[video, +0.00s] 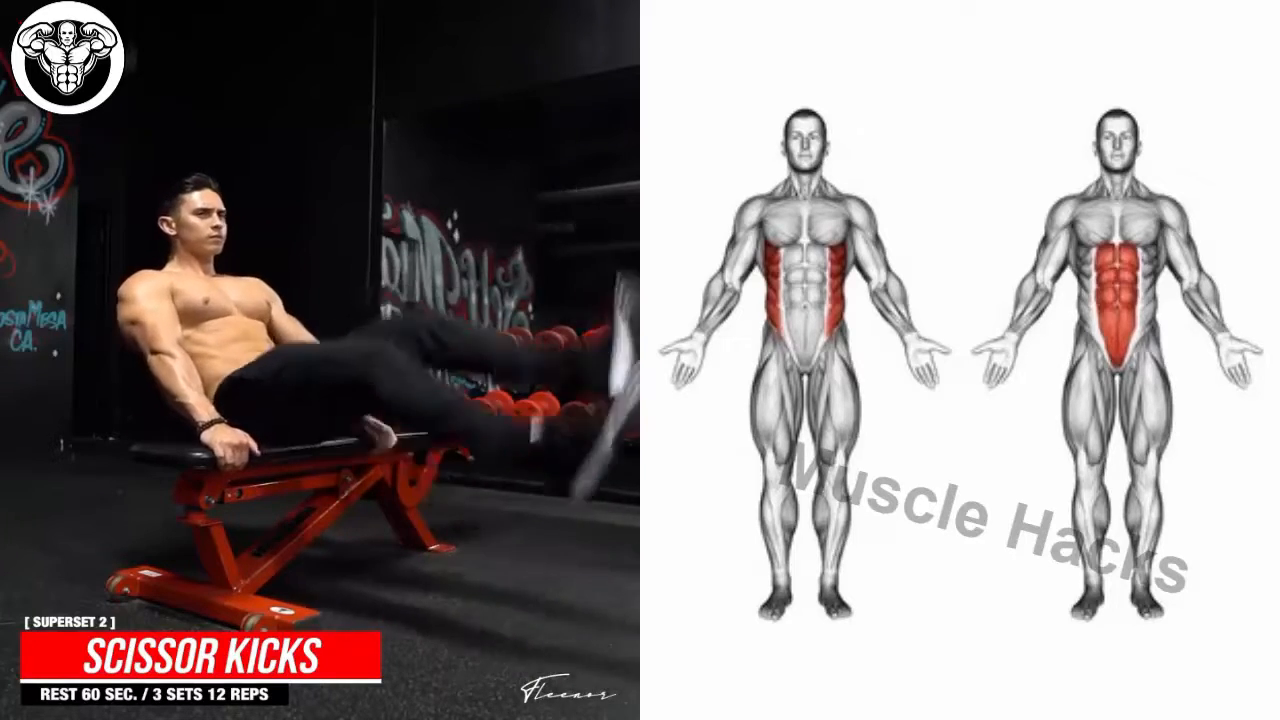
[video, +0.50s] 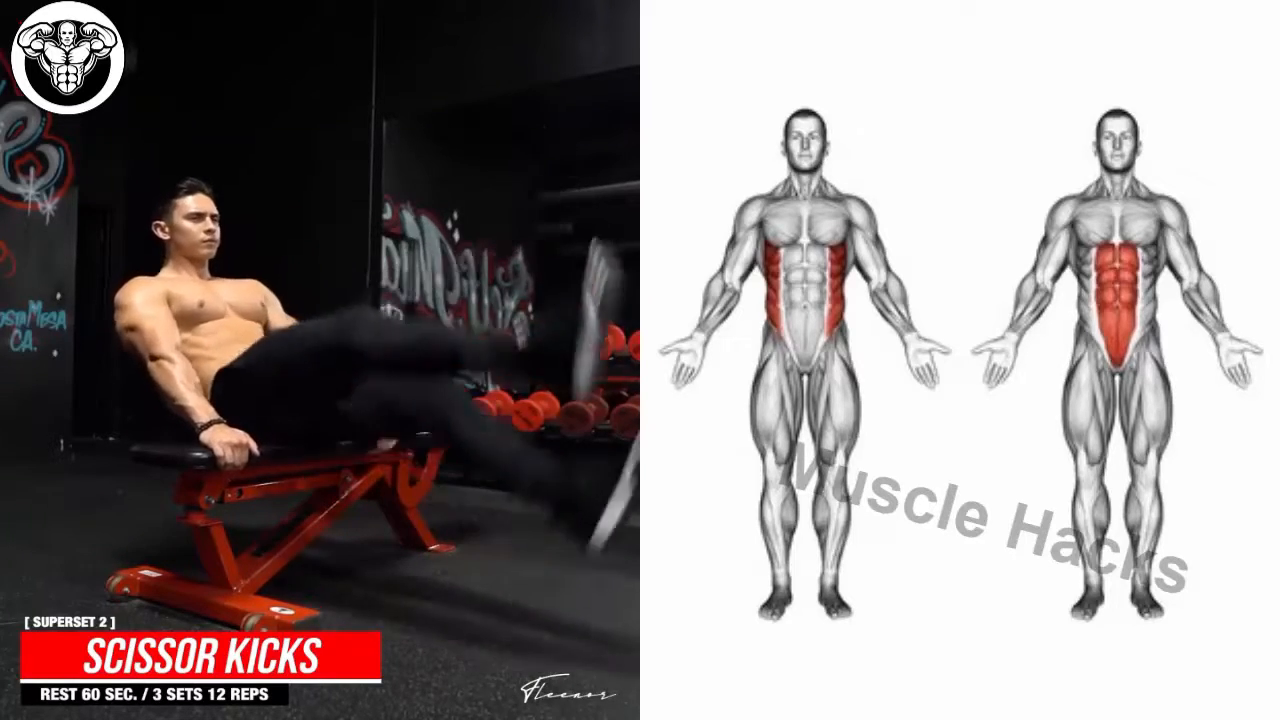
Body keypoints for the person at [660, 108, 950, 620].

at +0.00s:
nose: (805, 145)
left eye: (812, 138)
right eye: (797, 138)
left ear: (825, 145)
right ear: (785, 145)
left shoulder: (851, 211)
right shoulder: (758, 211)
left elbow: (881, 281)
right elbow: (729, 281)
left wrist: (909, 336)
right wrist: (700, 336)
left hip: (832, 356)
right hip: (777, 355)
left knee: (834, 467)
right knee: (777, 469)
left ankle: (829, 584)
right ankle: (780, 585)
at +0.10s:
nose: (805, 145)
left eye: (812, 138)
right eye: (797, 138)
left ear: (825, 145)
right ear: (785, 145)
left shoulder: (851, 211)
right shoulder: (758, 211)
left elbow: (881, 281)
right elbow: (729, 281)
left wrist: (910, 336)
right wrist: (700, 336)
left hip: (832, 356)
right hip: (777, 355)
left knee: (834, 467)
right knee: (777, 468)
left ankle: (830, 584)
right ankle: (780, 585)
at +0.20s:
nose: (805, 145)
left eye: (812, 138)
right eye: (797, 138)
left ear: (825, 145)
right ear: (785, 145)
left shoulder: (851, 211)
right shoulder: (758, 211)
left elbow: (881, 281)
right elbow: (729, 281)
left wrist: (909, 336)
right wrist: (700, 336)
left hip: (832, 356)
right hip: (777, 356)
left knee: (834, 467)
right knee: (776, 469)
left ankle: (830, 584)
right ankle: (780, 585)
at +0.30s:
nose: (805, 145)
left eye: (812, 138)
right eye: (797, 138)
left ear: (825, 145)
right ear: (785, 145)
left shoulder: (851, 211)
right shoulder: (758, 211)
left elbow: (881, 281)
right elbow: (729, 281)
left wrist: (909, 336)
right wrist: (700, 336)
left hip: (832, 356)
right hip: (777, 356)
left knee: (834, 467)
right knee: (776, 469)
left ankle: (830, 584)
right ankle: (780, 585)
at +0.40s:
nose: (805, 145)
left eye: (812, 138)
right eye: (797, 138)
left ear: (825, 145)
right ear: (785, 145)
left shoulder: (851, 211)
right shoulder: (758, 211)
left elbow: (881, 281)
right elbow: (729, 281)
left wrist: (909, 336)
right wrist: (700, 336)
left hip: (832, 356)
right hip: (777, 356)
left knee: (834, 467)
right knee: (776, 469)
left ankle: (830, 584)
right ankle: (780, 585)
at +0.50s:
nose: (805, 145)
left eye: (812, 138)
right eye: (797, 138)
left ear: (825, 145)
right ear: (785, 146)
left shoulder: (851, 211)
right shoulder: (758, 211)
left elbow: (881, 281)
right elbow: (729, 281)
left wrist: (910, 336)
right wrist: (700, 336)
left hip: (832, 356)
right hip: (777, 355)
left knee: (834, 467)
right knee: (777, 469)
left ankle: (829, 584)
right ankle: (780, 585)